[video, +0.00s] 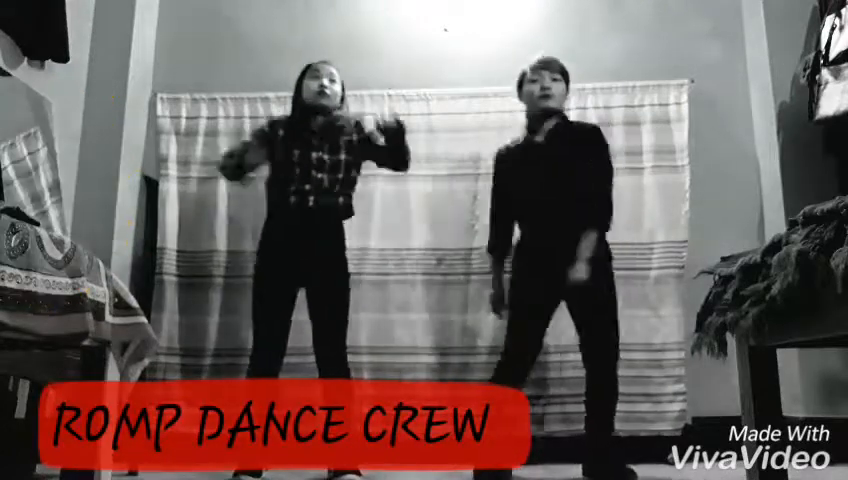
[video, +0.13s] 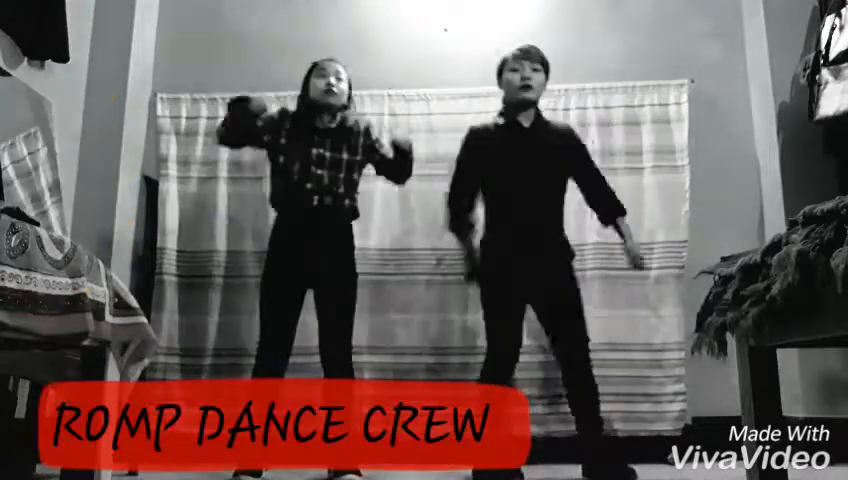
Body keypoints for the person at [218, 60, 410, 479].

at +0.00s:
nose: (324, 83)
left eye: (332, 80)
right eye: (315, 77)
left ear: (342, 95)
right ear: (299, 90)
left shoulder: (351, 132)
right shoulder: (279, 131)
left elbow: (398, 161)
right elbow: (232, 168)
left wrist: (394, 136)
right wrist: (237, 163)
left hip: (327, 249)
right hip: (279, 247)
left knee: (331, 352)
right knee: (266, 351)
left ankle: (344, 457)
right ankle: (250, 455)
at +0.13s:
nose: (332, 81)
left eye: (339, 78)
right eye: (323, 75)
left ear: (349, 94)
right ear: (305, 87)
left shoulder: (358, 132)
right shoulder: (282, 124)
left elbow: (396, 174)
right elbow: (229, 138)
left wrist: (401, 153)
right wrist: (242, 113)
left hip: (336, 245)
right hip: (289, 242)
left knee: (337, 351)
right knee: (273, 349)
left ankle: (344, 456)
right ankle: (251, 454)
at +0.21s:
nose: (334, 88)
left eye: (342, 83)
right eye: (325, 81)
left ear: (352, 96)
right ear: (309, 90)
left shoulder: (356, 140)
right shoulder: (284, 128)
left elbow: (400, 173)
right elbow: (222, 126)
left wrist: (390, 134)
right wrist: (255, 120)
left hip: (339, 249)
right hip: (292, 245)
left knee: (339, 354)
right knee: (274, 351)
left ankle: (345, 458)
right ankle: (250, 455)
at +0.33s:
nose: (321, 90)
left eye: (330, 85)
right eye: (312, 83)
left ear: (342, 95)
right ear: (298, 92)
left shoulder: (354, 142)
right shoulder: (277, 140)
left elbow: (384, 185)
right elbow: (242, 191)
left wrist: (366, 224)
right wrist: (253, 169)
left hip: (336, 256)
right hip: (287, 255)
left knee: (337, 357)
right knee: (271, 354)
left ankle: (345, 458)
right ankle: (250, 456)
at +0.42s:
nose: (314, 89)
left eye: (323, 84)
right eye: (305, 82)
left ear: (334, 95)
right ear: (290, 90)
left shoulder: (345, 147)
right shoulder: (269, 141)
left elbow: (354, 208)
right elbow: (254, 200)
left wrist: (359, 260)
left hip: (333, 262)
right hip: (279, 261)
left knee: (336, 358)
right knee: (269, 356)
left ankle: (343, 456)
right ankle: (250, 455)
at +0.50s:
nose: (326, 86)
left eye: (331, 80)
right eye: (317, 78)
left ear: (335, 90)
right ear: (294, 83)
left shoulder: (338, 144)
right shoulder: (266, 134)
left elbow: (348, 206)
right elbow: (240, 193)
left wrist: (367, 253)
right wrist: (229, 250)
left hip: (328, 259)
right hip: (280, 257)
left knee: (339, 354)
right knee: (272, 353)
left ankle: (341, 450)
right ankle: (250, 448)